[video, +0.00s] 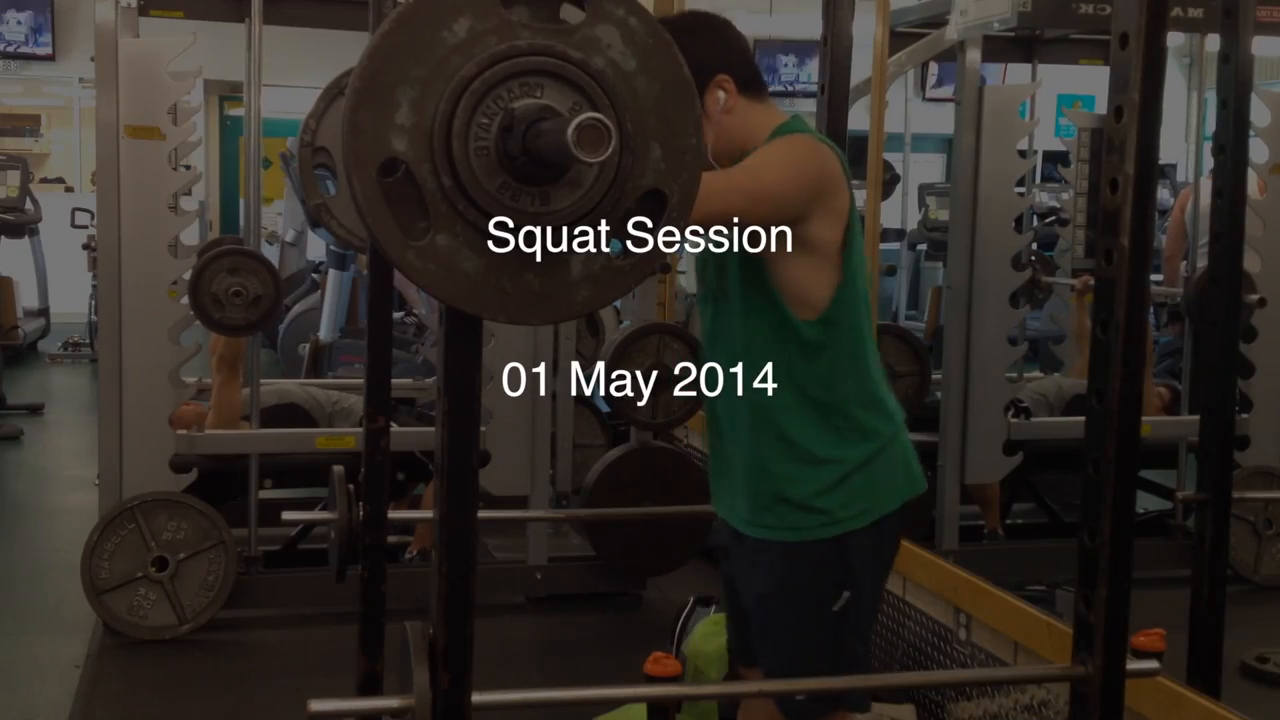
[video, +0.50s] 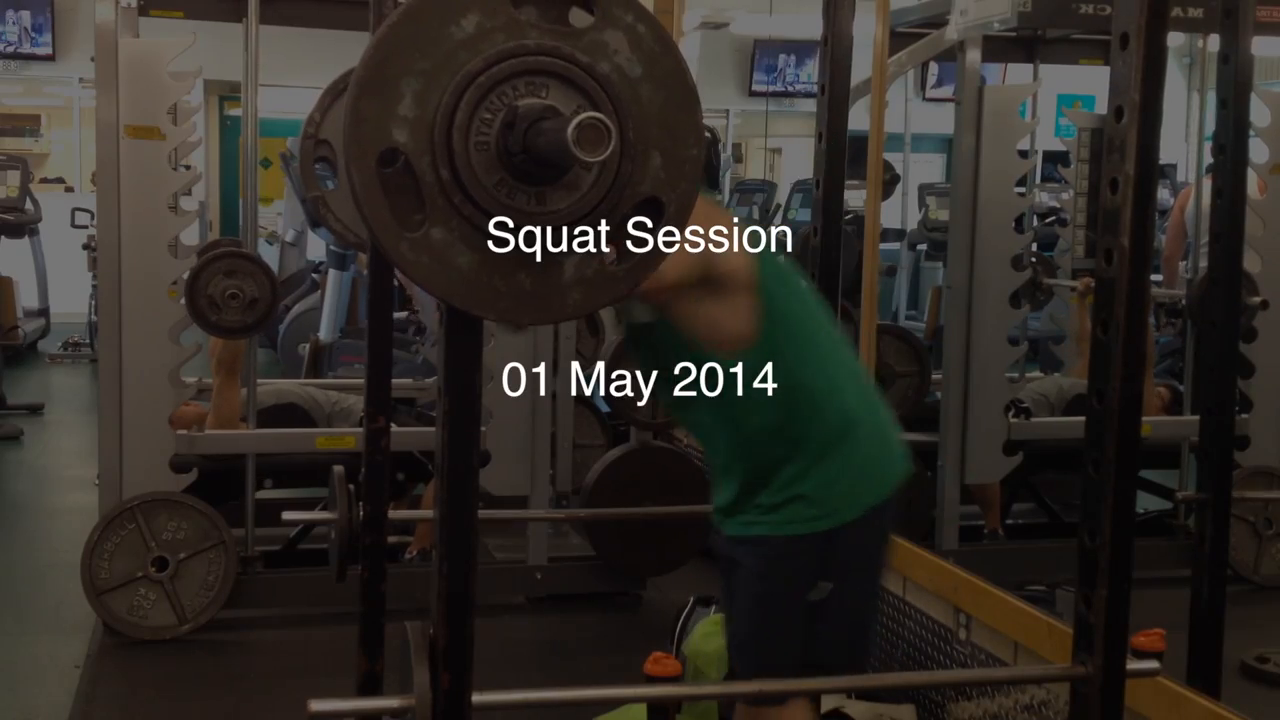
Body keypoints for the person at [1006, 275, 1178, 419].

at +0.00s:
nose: (1153, 392)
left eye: (1160, 396)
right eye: (1158, 390)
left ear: (1161, 409)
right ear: (1150, 386)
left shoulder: (1146, 421)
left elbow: (1146, 362)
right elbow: (1083, 344)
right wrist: (1079, 297)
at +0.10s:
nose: (1155, 391)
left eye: (1162, 396)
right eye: (1158, 388)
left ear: (1161, 410)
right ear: (1148, 385)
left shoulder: (1146, 416)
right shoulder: (1109, 392)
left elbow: (1146, 361)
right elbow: (1085, 345)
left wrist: (1144, 310)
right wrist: (1080, 299)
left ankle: (993, 528)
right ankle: (992, 527)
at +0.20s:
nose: (1153, 393)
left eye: (1160, 398)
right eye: (1158, 390)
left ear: (1160, 411)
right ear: (1150, 387)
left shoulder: (1143, 419)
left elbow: (1146, 363)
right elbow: (1084, 346)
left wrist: (1143, 310)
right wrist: (1080, 298)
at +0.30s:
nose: (1154, 392)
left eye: (1161, 396)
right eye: (1158, 389)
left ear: (1162, 411)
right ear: (1149, 387)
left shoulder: (1145, 421)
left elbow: (1146, 365)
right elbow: (1084, 347)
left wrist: (1143, 310)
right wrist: (1081, 299)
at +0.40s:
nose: (1154, 394)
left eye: (1160, 396)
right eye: (1157, 390)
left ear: (1161, 411)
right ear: (1148, 387)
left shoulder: (1142, 419)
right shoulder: (1101, 391)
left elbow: (1147, 363)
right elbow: (1084, 347)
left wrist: (1144, 314)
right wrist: (1081, 301)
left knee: (984, 461)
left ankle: (993, 528)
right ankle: (992, 527)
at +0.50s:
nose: (1154, 395)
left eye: (1160, 397)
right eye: (1156, 391)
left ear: (1163, 413)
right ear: (1148, 387)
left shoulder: (1144, 419)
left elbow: (1146, 364)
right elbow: (1085, 350)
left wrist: (1143, 312)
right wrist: (1081, 301)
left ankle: (993, 528)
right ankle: (992, 528)